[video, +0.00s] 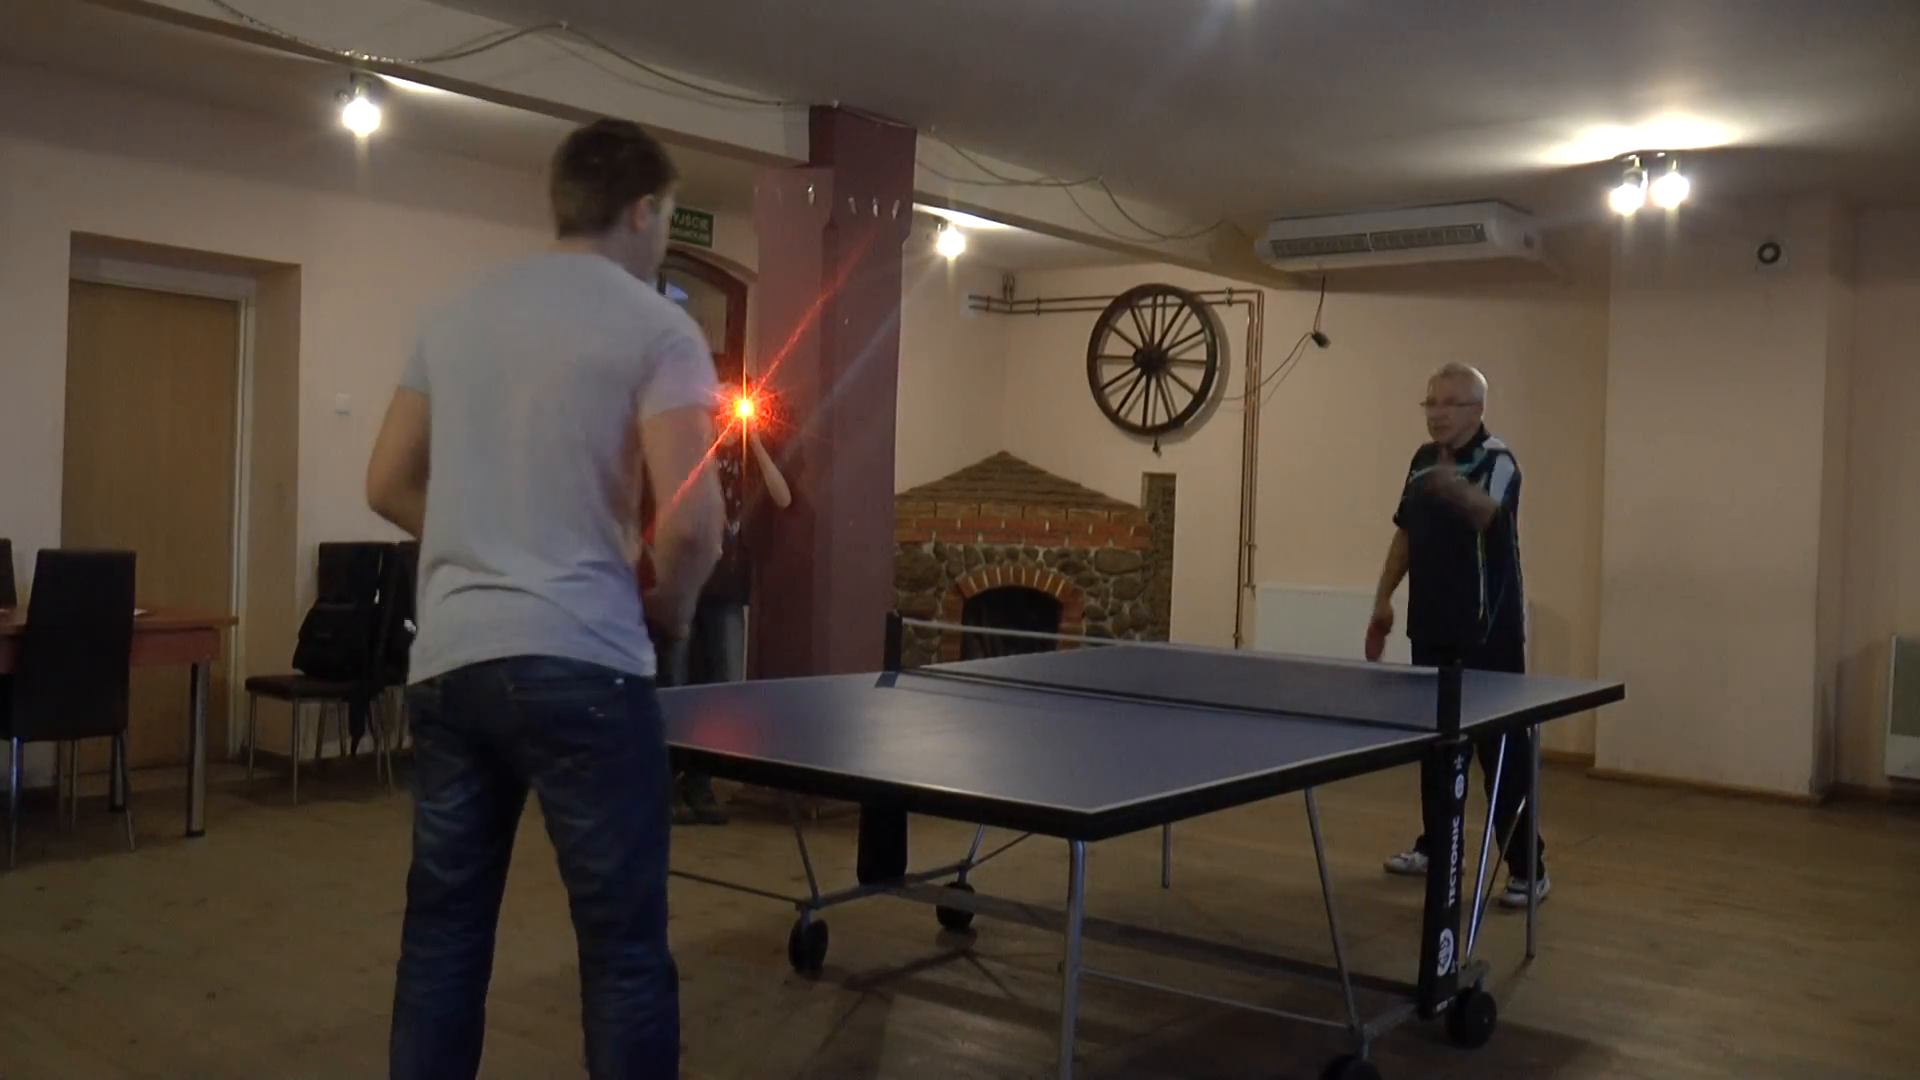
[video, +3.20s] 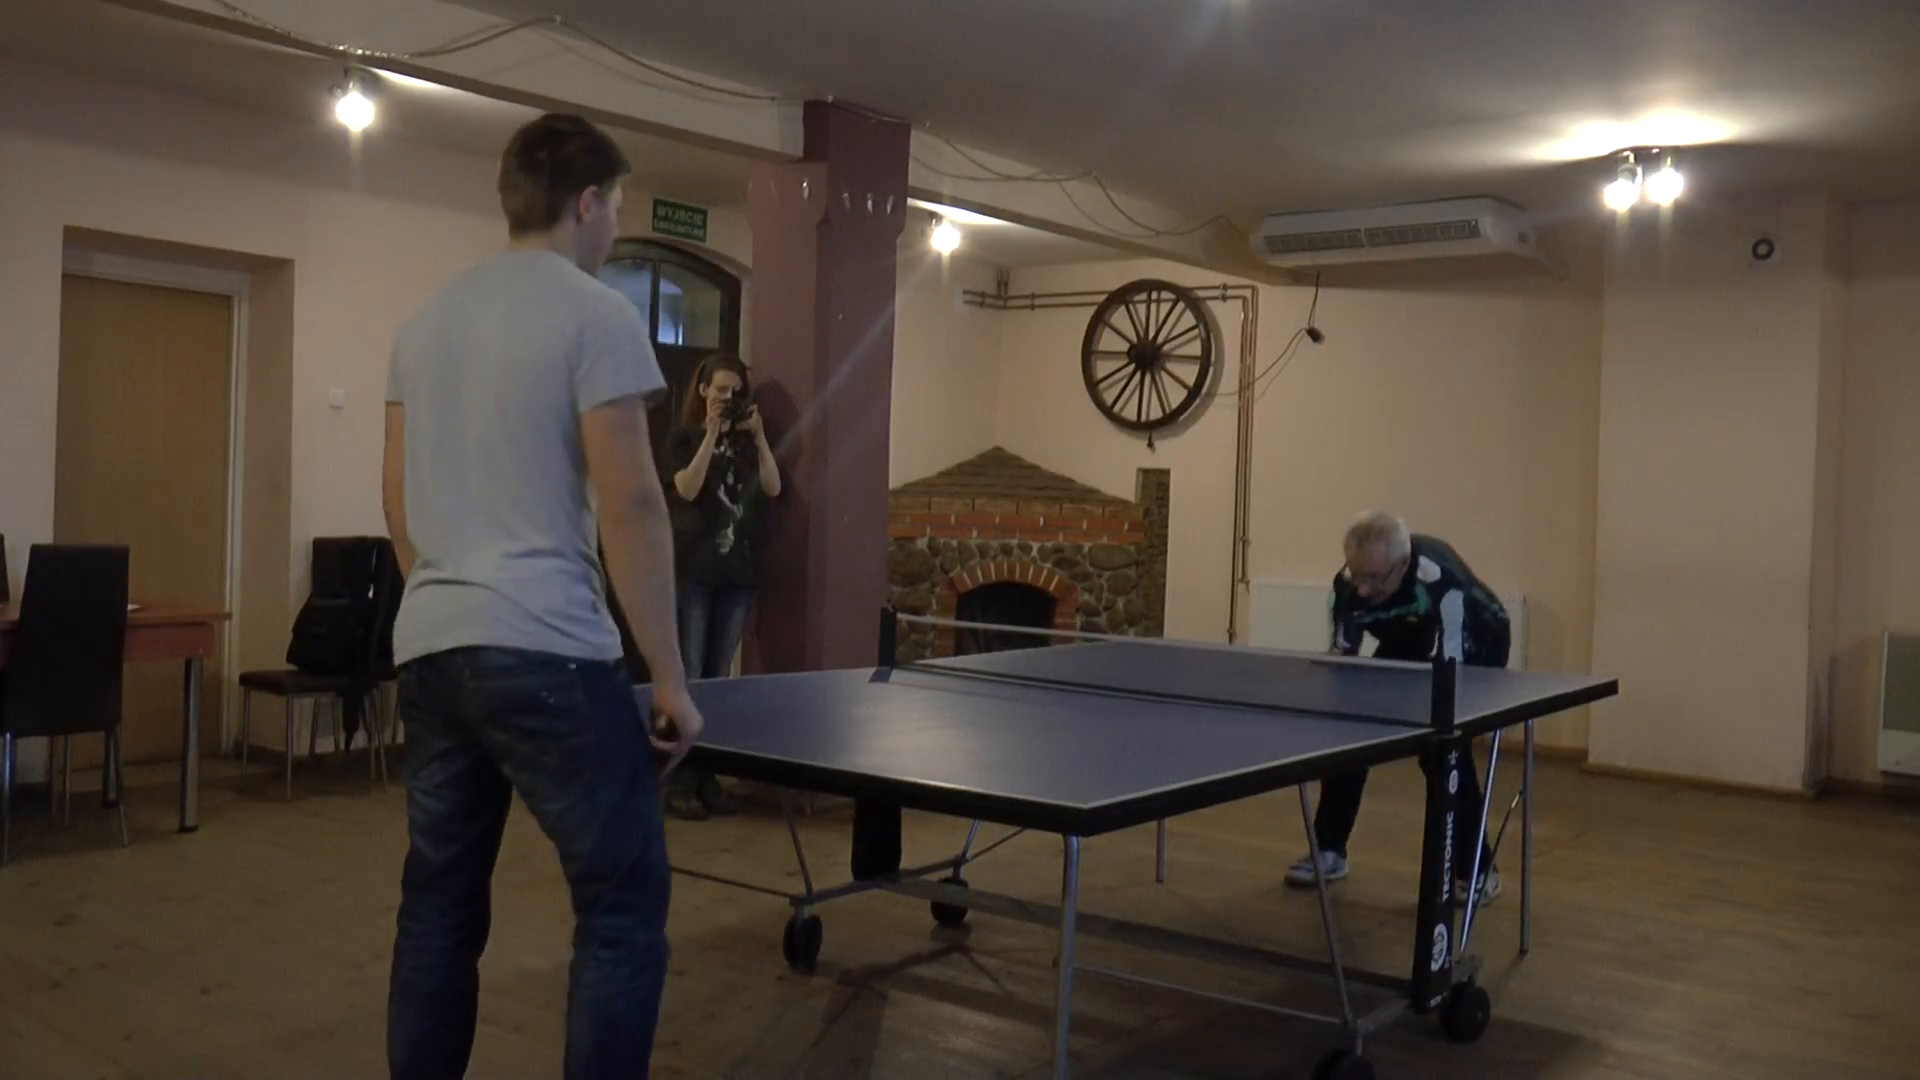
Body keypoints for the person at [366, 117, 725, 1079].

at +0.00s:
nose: (665, 234)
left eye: (666, 216)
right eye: (665, 215)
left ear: (562, 207)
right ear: (642, 211)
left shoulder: (457, 309)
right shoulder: (656, 322)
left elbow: (390, 483)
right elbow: (690, 519)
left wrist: (487, 540)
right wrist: (664, 617)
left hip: (448, 658)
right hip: (584, 657)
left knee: (441, 928)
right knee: (623, 942)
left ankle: (422, 1074)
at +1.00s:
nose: (544, 219)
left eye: (544, 201)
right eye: (545, 200)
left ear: (439, 199)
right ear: (522, 198)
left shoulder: (337, 306)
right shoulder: (553, 309)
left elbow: (259, 484)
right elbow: (676, 458)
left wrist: (330, 562)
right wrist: (745, 529)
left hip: (347, 657)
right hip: (490, 651)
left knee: (344, 942)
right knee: (548, 946)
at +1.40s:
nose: (530, 210)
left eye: (529, 192)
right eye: (530, 190)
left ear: (420, 193)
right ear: (508, 190)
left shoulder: (329, 300)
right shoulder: (549, 311)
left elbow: (252, 478)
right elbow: (619, 509)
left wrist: (313, 577)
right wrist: (605, 590)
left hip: (354, 651)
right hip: (497, 649)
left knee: (347, 933)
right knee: (551, 941)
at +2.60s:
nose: (683, 214)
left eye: (686, 198)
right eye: (684, 196)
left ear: (574, 189)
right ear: (660, 195)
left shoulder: (468, 291)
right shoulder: (673, 320)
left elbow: (383, 452)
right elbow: (708, 529)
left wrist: (443, 598)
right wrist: (714, 641)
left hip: (467, 647)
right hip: (601, 652)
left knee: (425, 905)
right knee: (604, 934)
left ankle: (377, 1071)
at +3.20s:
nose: (616, 230)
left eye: (620, 214)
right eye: (616, 212)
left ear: (511, 203)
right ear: (587, 203)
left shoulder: (423, 322)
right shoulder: (593, 309)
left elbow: (400, 506)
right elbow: (628, 500)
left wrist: (449, 617)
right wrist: (666, 674)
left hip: (429, 651)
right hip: (550, 653)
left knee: (437, 910)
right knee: (622, 912)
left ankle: (419, 1071)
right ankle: (604, 1073)